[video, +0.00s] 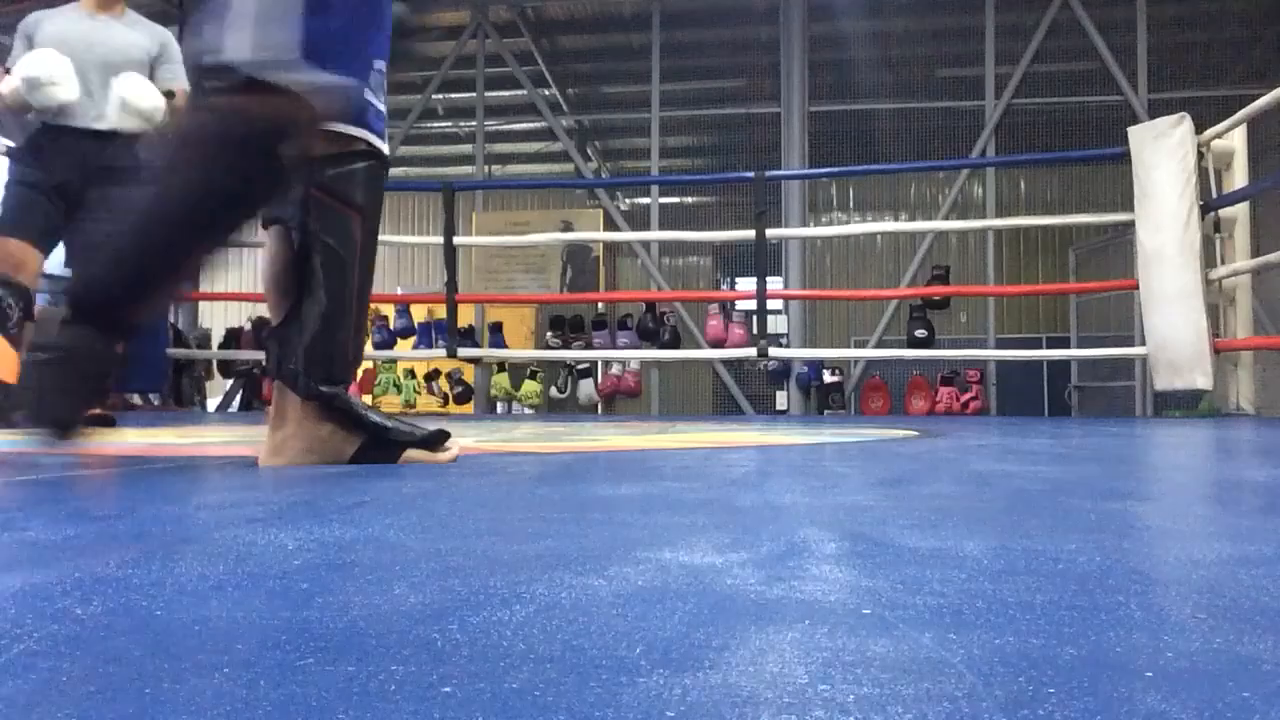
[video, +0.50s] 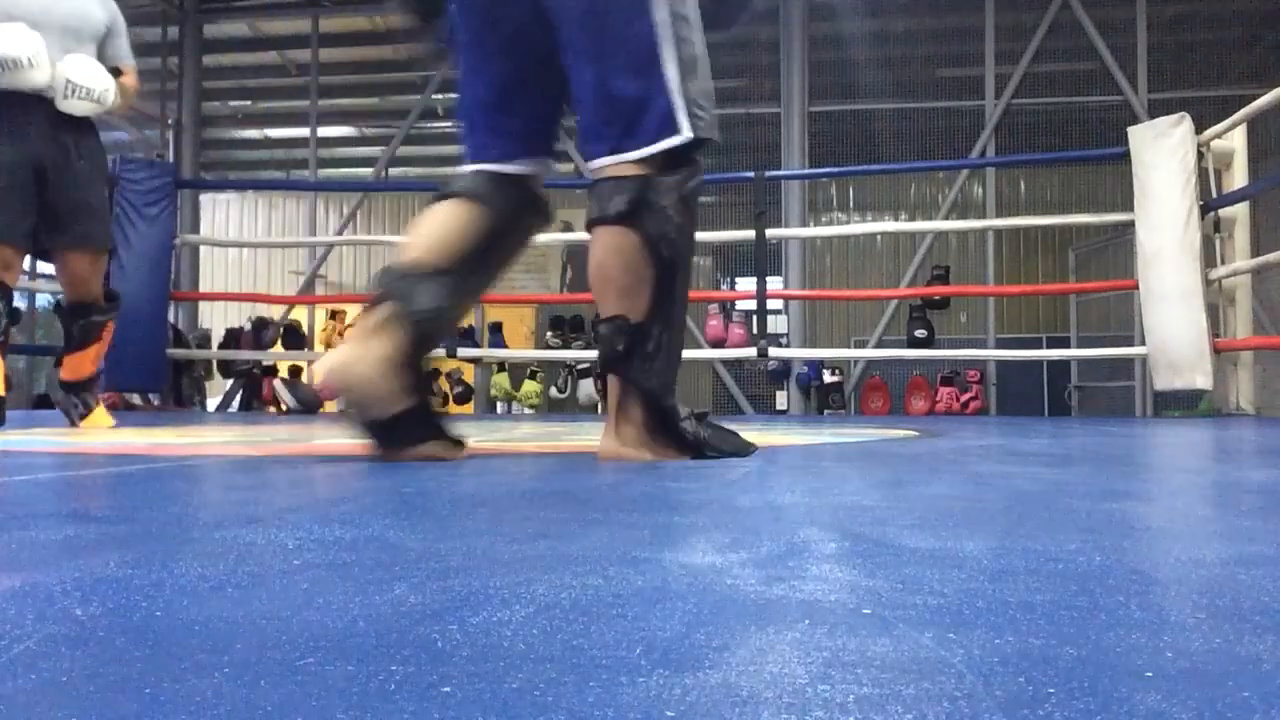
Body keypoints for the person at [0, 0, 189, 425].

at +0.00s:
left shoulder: (159, 37)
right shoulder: (38, 24)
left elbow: (182, 109)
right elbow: (6, 95)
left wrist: (158, 109)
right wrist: (24, 90)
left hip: (116, 167)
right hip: (44, 160)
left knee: (105, 285)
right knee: (12, 267)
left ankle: (91, 400)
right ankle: (9, 396)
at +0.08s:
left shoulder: (152, 37)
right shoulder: (31, 23)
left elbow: (175, 112)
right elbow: (1, 98)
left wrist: (139, 104)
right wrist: (14, 87)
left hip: (108, 167)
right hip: (40, 159)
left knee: (95, 294)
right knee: (17, 281)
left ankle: (93, 403)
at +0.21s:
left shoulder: (144, 33)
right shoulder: (20, 20)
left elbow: (167, 110)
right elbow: (0, 90)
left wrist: (117, 98)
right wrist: (16, 81)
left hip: (103, 161)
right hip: (32, 155)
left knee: (93, 291)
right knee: (12, 269)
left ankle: (91, 400)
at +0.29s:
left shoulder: (137, 30)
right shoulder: (13, 11)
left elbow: (161, 110)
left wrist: (113, 98)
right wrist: (7, 78)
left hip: (98, 156)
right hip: (23, 148)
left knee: (90, 289)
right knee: (9, 266)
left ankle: (89, 402)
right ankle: (2, 393)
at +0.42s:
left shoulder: (110, 12)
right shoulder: (8, 10)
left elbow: (141, 91)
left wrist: (111, 96)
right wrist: (6, 73)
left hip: (81, 141)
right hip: (12, 136)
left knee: (82, 279)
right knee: (6, 264)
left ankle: (82, 403)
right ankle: (3, 390)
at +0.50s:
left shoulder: (104, 8)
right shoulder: (11, 9)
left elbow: (129, 84)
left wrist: (104, 89)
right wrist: (6, 53)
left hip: (75, 128)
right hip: (11, 121)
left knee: (84, 267)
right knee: (6, 262)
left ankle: (79, 389)